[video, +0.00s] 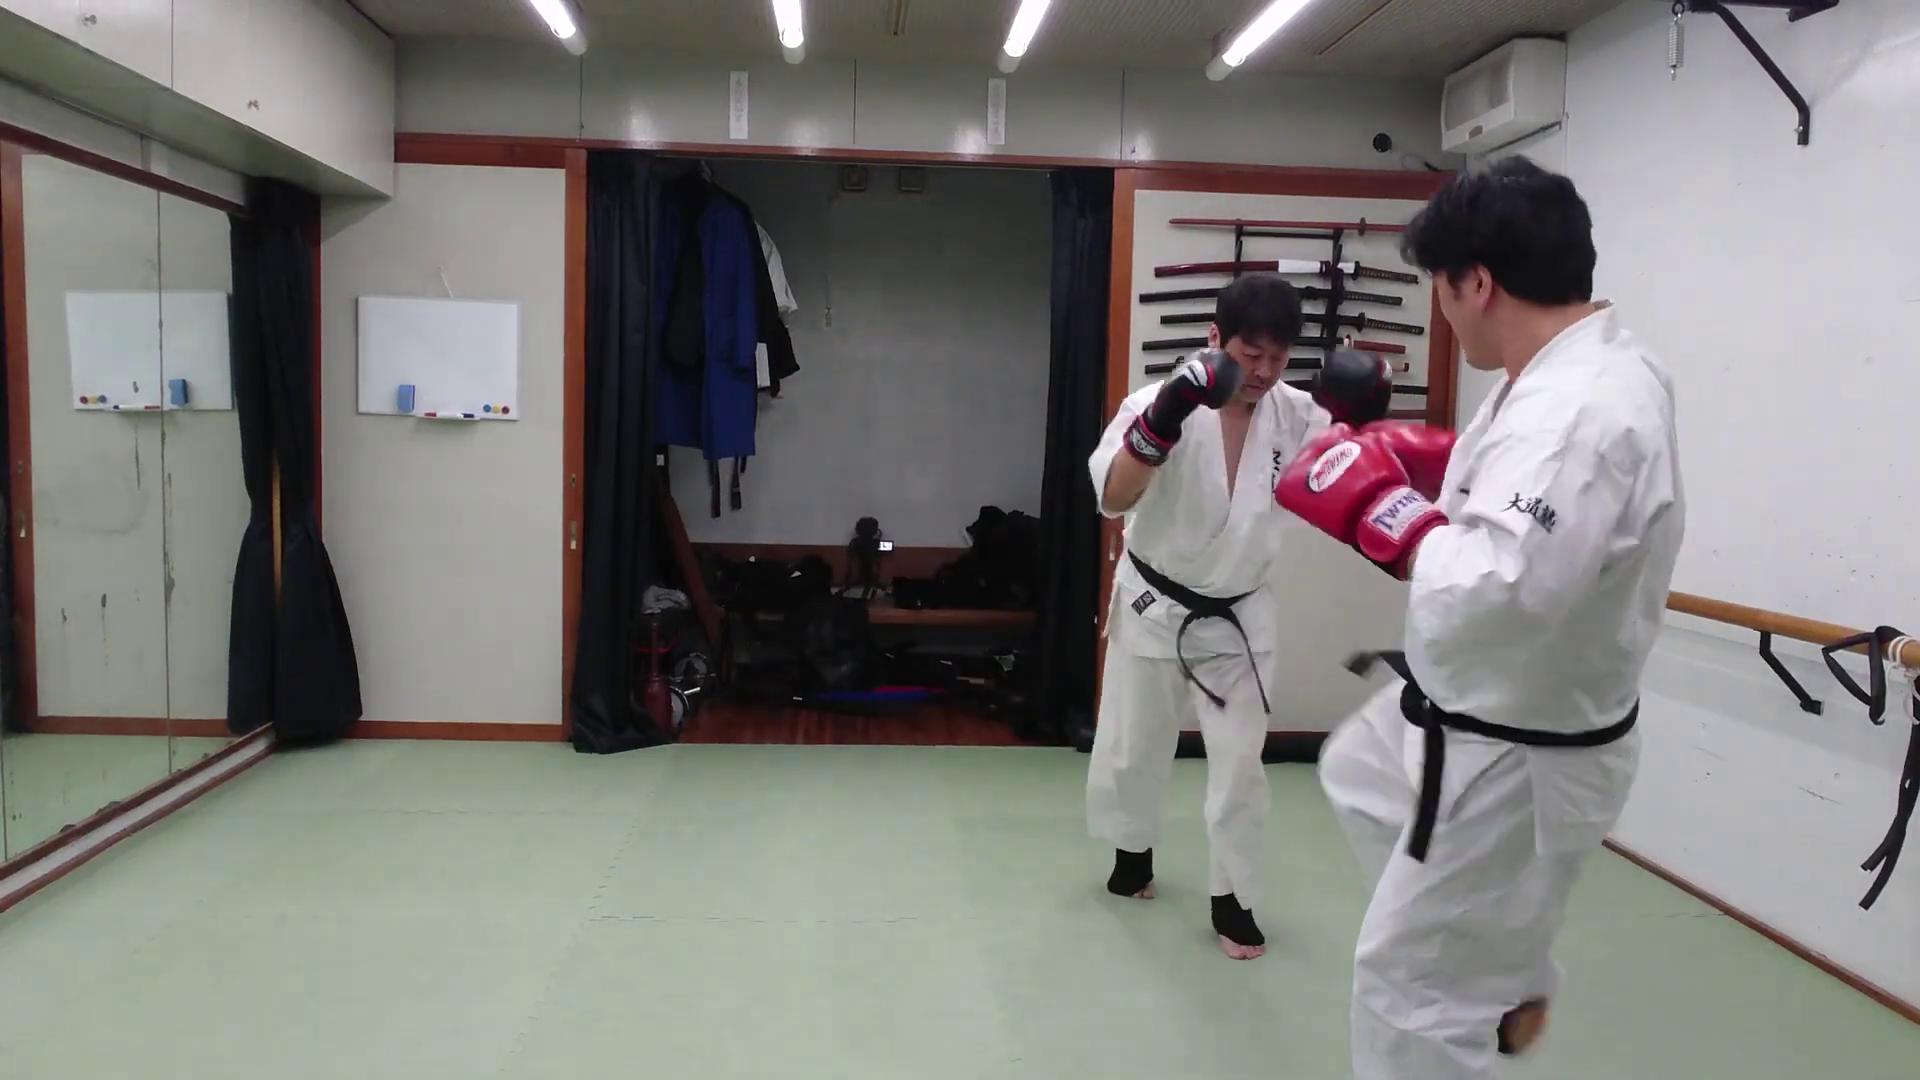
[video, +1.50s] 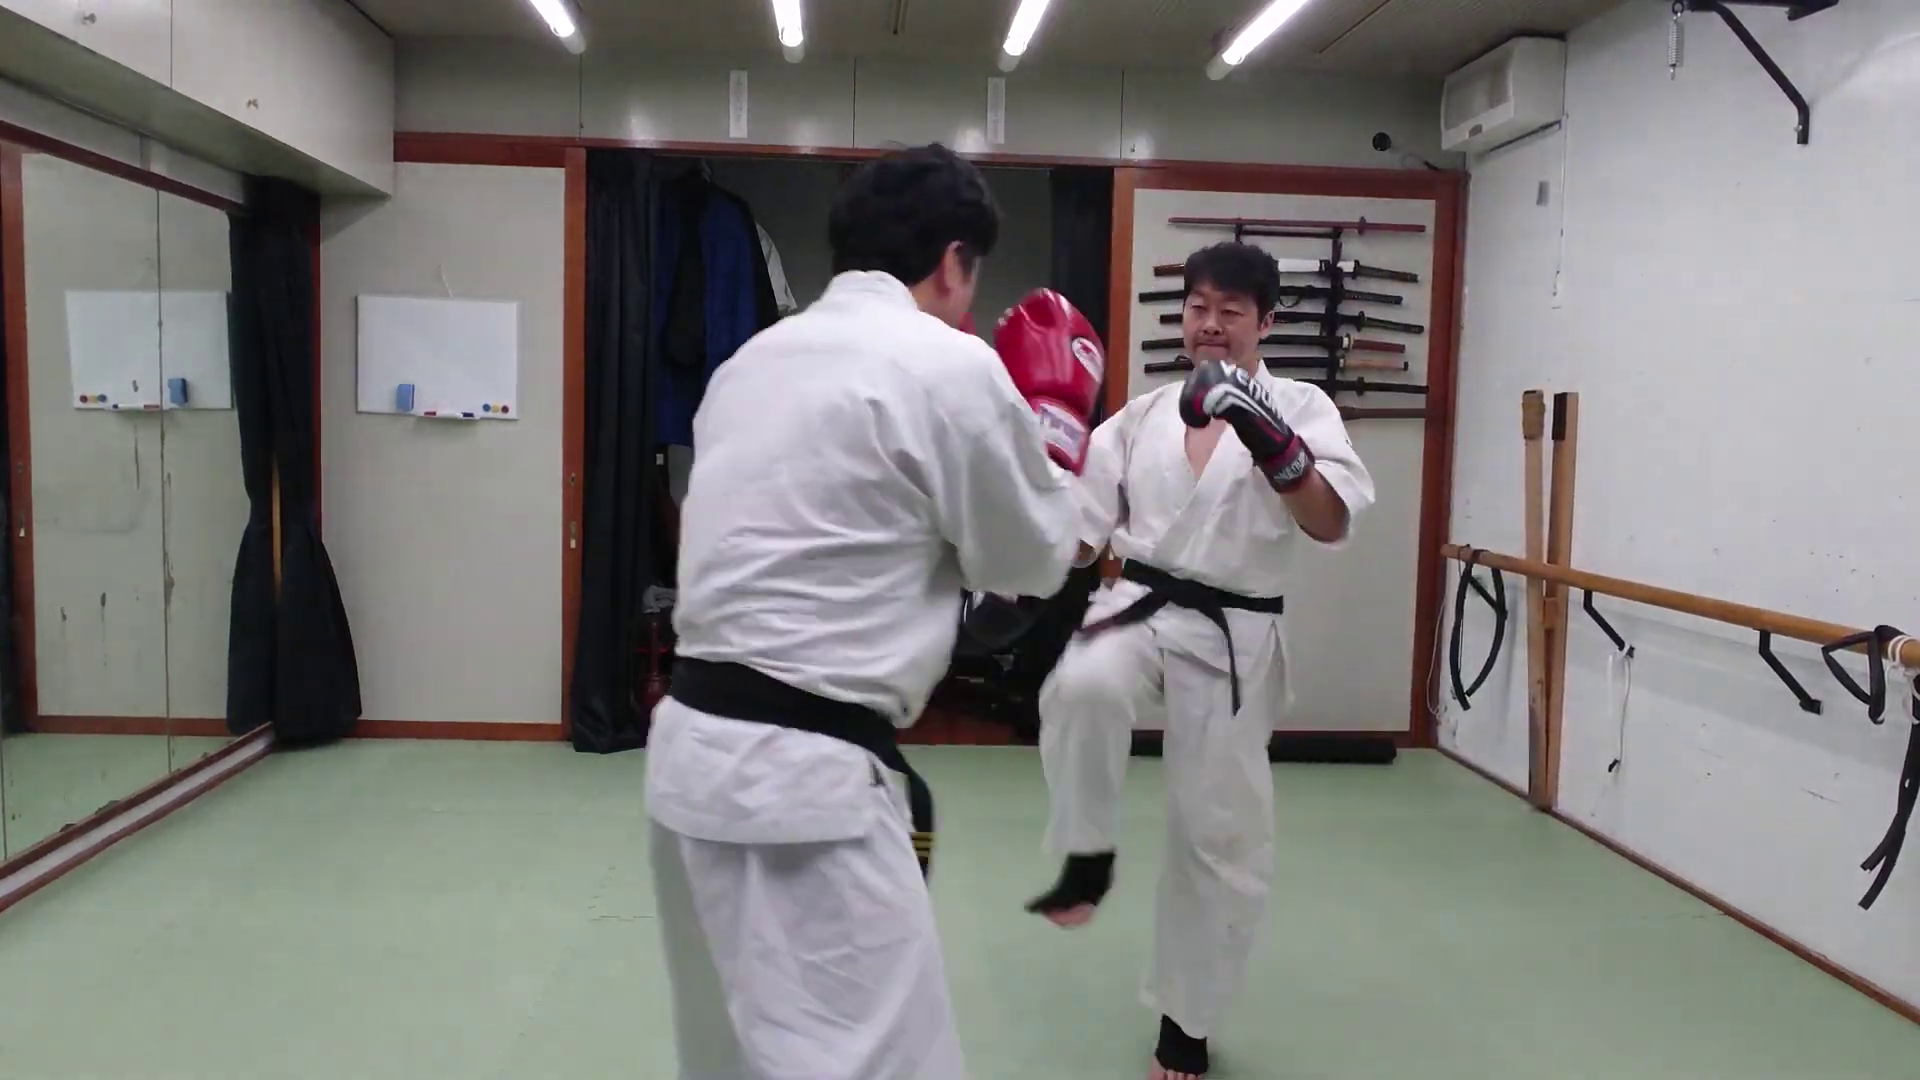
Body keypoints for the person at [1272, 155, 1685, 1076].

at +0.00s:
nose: (1440, 310)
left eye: (1440, 287)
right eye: (1437, 288)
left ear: (1481, 284)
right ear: (1563, 264)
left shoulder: (1585, 408)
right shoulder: (1574, 369)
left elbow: (1503, 585)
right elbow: (1535, 488)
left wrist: (1380, 511)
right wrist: (1439, 460)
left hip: (1518, 754)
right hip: (1475, 702)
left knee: (1409, 991)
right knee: (1358, 773)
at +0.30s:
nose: (1423, 326)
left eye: (1421, 300)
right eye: (1420, 302)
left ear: (1452, 292)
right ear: (1546, 281)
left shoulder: (1482, 401)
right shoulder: (1643, 396)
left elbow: (1506, 587)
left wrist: (1367, 608)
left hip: (1513, 776)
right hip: (1648, 759)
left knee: (1343, 952)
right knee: (1635, 991)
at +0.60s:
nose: (1235, 360)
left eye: (1233, 339)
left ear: (1245, 340)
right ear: (1365, 315)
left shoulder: (1250, 450)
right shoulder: (1486, 408)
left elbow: (1133, 637)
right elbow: (1592, 566)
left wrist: (1150, 522)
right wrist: (1518, 637)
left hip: (1346, 829)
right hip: (1525, 809)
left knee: (1196, 1023)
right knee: (1595, 1038)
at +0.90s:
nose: (1112, 243)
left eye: (1117, 225)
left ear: (1131, 235)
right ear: (1263, 221)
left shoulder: (1071, 355)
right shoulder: (1362, 329)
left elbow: (976, 542)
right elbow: (1462, 499)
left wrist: (1035, 589)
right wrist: (1376, 517)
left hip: (1115, 774)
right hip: (1300, 775)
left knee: (1137, 1062)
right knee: (1298, 1065)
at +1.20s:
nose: (1175, 244)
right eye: (1175, 224)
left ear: (1023, 220)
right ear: (1155, 230)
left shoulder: (922, 334)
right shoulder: (1205, 349)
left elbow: (825, 514)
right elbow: (1252, 570)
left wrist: (946, 519)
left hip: (902, 757)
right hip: (1065, 793)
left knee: (893, 983)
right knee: (1079, 1059)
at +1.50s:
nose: (974, 296)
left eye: (977, 273)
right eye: (976, 271)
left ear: (848, 248)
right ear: (950, 262)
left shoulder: (746, 361)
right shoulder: (947, 367)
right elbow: (1032, 561)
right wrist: (1052, 432)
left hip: (684, 750)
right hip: (814, 772)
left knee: (722, 1050)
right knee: (887, 1057)